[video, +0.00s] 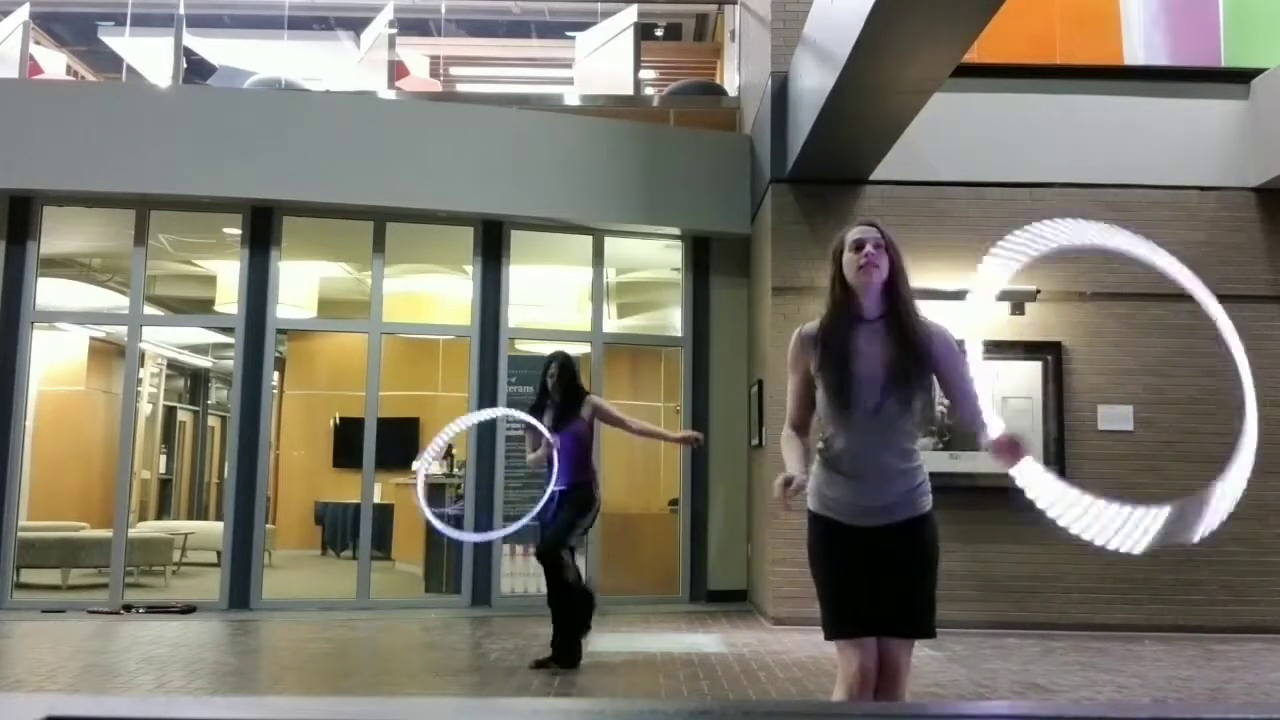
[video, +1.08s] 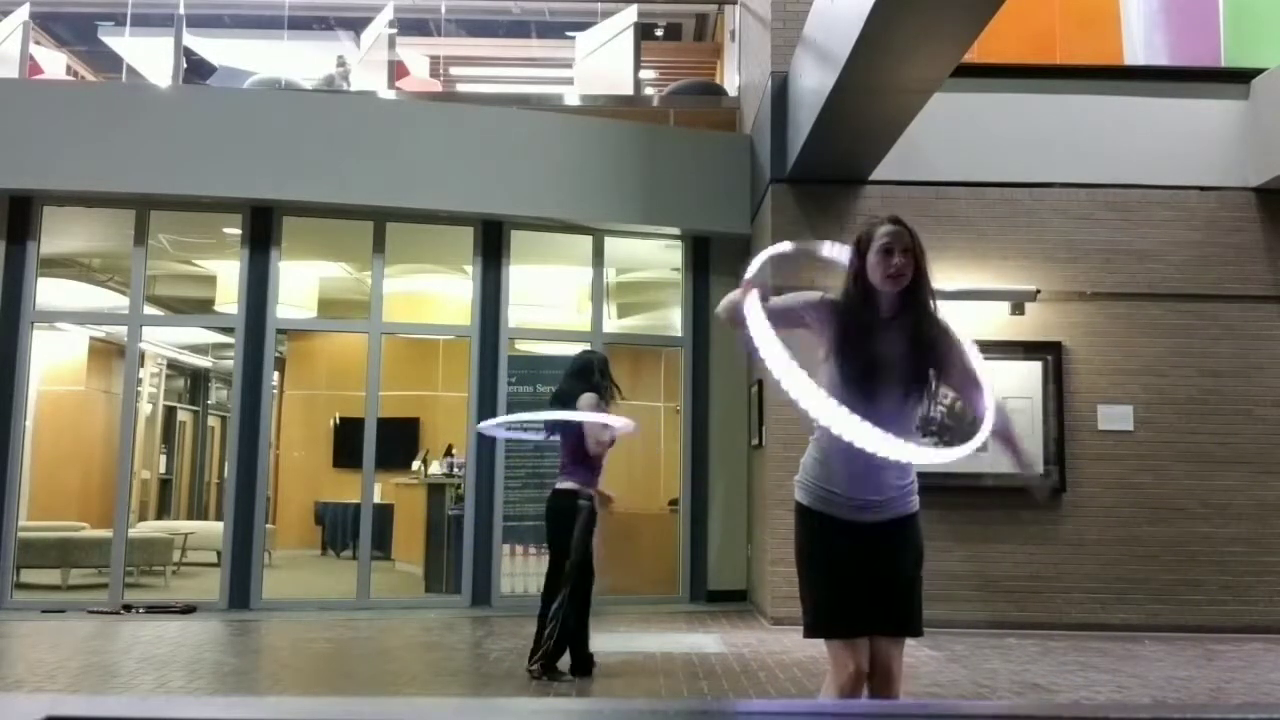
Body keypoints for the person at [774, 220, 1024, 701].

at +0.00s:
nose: (870, 252)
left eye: (879, 246)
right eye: (858, 246)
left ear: (892, 264)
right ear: (840, 265)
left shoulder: (927, 337)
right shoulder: (812, 341)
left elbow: (970, 413)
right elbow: (795, 427)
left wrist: (994, 441)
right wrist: (797, 470)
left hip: (906, 512)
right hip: (836, 515)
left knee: (894, 671)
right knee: (858, 669)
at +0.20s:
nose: (876, 247)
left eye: (886, 241)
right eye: (865, 241)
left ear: (898, 258)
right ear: (848, 259)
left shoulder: (934, 338)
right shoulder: (818, 335)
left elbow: (944, 438)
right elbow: (805, 423)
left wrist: (916, 467)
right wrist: (819, 452)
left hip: (908, 516)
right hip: (837, 514)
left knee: (897, 658)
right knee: (853, 661)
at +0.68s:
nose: (899, 254)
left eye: (908, 248)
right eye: (888, 247)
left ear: (919, 264)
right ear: (867, 264)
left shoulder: (943, 342)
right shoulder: (833, 332)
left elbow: (941, 441)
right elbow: (825, 430)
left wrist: (914, 469)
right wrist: (805, 368)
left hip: (902, 511)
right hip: (834, 508)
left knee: (891, 666)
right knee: (857, 667)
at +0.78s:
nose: (902, 254)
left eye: (911, 247)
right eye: (889, 247)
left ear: (921, 263)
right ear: (868, 262)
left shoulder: (942, 344)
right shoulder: (833, 328)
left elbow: (937, 451)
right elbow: (789, 404)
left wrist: (932, 527)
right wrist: (786, 335)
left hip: (899, 513)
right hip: (832, 510)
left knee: (889, 668)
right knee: (856, 669)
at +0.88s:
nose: (901, 255)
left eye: (911, 247)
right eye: (889, 246)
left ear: (923, 262)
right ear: (868, 259)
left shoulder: (940, 341)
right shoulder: (827, 325)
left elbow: (948, 440)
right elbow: (743, 367)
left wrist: (957, 531)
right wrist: (769, 306)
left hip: (901, 512)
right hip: (833, 509)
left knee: (890, 670)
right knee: (855, 672)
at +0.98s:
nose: (901, 256)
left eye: (910, 249)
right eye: (888, 248)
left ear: (920, 261)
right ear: (866, 260)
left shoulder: (932, 333)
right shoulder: (830, 314)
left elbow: (959, 424)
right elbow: (732, 327)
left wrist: (979, 493)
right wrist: (769, 290)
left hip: (900, 509)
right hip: (831, 508)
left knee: (888, 671)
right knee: (853, 674)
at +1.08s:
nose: (898, 261)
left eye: (907, 251)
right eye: (886, 252)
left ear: (918, 262)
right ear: (863, 261)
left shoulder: (931, 332)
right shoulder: (829, 313)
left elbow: (983, 403)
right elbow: (731, 313)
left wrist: (1025, 462)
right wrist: (759, 287)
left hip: (895, 504)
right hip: (827, 502)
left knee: (887, 670)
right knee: (850, 670)